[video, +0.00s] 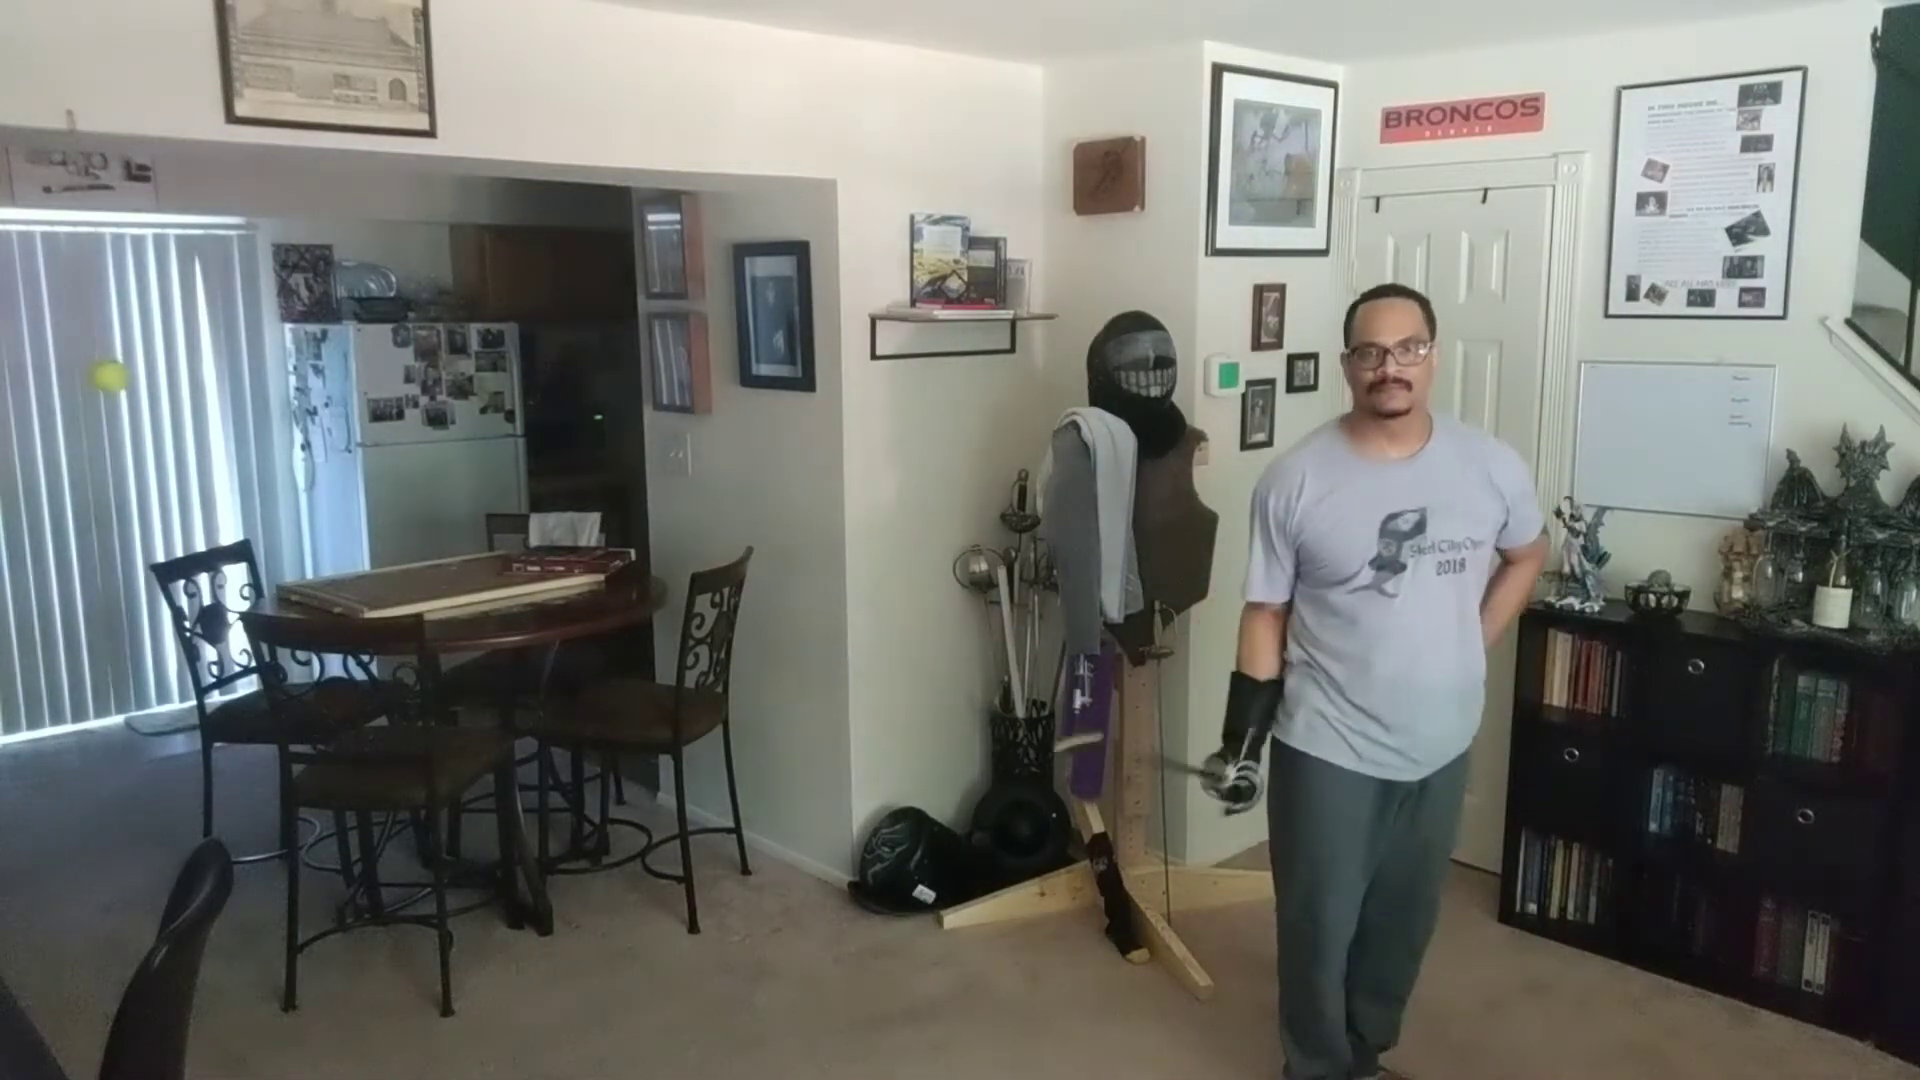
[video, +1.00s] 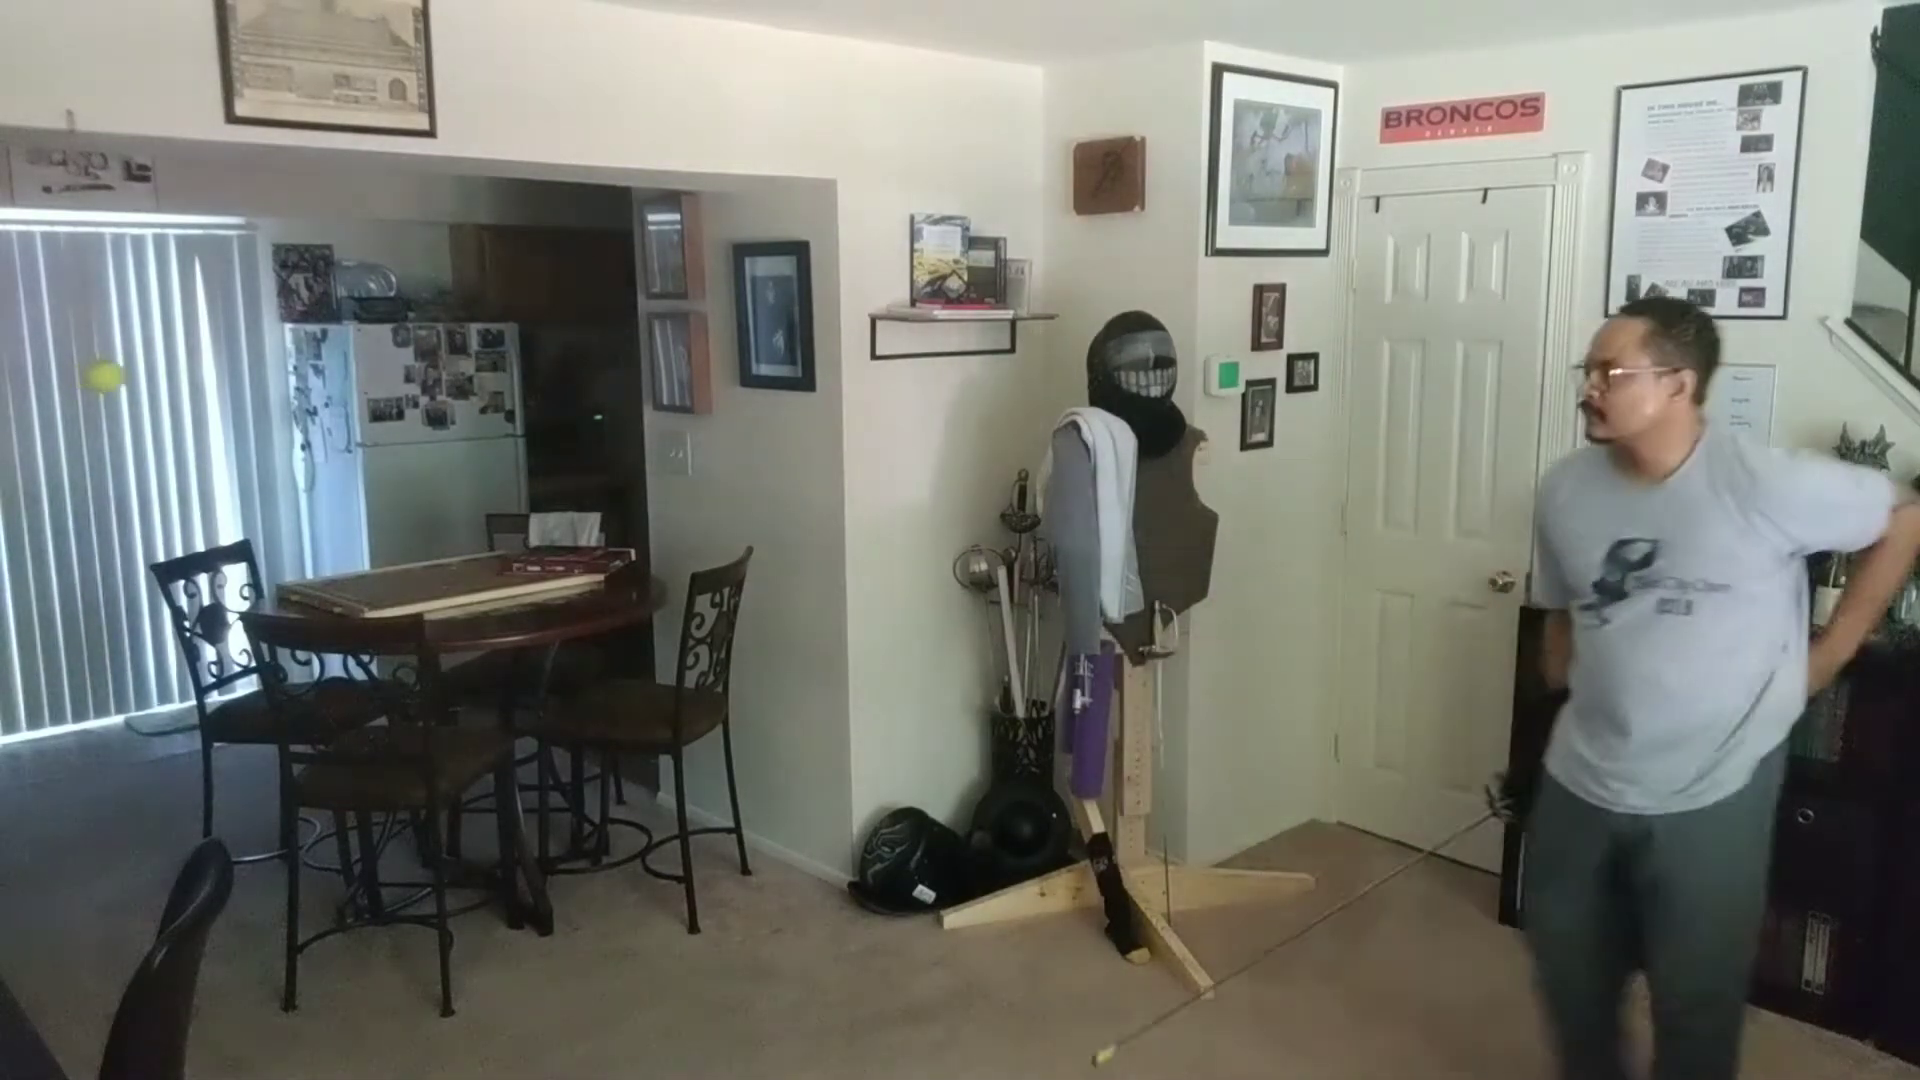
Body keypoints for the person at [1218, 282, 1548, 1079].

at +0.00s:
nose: (1390, 366)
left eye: (1408, 349)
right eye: (1371, 351)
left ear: (1433, 360)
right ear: (1347, 367)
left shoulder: (1487, 463)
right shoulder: (1294, 479)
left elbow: (1527, 553)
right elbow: (1264, 612)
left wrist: (1475, 641)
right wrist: (1245, 738)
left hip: (1441, 742)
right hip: (1327, 740)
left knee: (1405, 915)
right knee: (1321, 920)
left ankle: (1369, 1050)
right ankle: (1315, 1062)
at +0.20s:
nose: (1387, 375)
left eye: (1407, 358)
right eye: (1369, 359)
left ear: (1436, 367)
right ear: (1349, 371)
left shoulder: (1499, 469)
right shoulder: (1298, 486)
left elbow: (1557, 559)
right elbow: (1275, 617)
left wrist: (1508, 674)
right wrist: (1255, 743)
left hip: (1467, 746)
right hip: (1337, 749)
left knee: (1475, 928)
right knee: (1313, 946)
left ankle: (1440, 1039)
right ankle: (1315, 1067)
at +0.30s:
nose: (1401, 374)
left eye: (1421, 357)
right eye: (1383, 359)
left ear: (1454, 366)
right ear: (1364, 371)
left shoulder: (1514, 469)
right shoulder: (1314, 480)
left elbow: (1580, 556)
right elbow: (1288, 610)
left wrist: (1533, 675)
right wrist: (1266, 736)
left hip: (1483, 751)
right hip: (1346, 751)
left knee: (1508, 941)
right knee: (1319, 945)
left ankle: (1528, 1065)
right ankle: (1314, 1068)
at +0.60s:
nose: (1502, 397)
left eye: (1525, 381)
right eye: (1486, 380)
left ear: (1565, 391)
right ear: (1470, 389)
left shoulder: (1622, 496)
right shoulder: (1418, 498)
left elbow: (1705, 570)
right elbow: (1390, 621)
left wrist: (1641, 688)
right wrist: (1373, 730)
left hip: (1586, 798)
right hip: (1441, 791)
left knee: (1624, 1007)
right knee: (1357, 982)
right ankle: (1329, 1068)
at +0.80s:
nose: (1570, 407)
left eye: (1595, 388)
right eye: (1557, 387)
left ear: (1647, 392)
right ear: (1543, 390)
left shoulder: (1711, 493)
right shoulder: (1506, 498)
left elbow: (1828, 544)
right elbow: (1497, 622)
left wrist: (1750, 684)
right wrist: (1495, 719)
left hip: (1670, 799)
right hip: (1525, 780)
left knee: (1677, 1030)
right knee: (1449, 990)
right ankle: (1411, 1067)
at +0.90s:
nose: (1574, 398)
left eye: (1598, 382)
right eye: (1571, 380)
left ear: (1664, 393)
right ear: (1564, 381)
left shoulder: (1738, 487)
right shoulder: (1538, 492)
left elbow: (1870, 532)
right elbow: (1535, 617)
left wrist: (1788, 677)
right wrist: (1528, 731)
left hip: (1693, 800)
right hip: (1552, 781)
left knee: (1681, 1035)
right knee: (1505, 1009)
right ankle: (1497, 1068)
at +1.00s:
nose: (1587, 389)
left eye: (1608, 373)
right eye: (1587, 372)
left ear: (1675, 386)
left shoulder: (1763, 483)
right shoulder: (1565, 487)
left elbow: (1904, 518)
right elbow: (1560, 607)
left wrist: (1828, 657)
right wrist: (1563, 675)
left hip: (1716, 798)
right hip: (1579, 783)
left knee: (1696, 1022)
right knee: (1572, 1003)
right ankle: (1592, 1070)